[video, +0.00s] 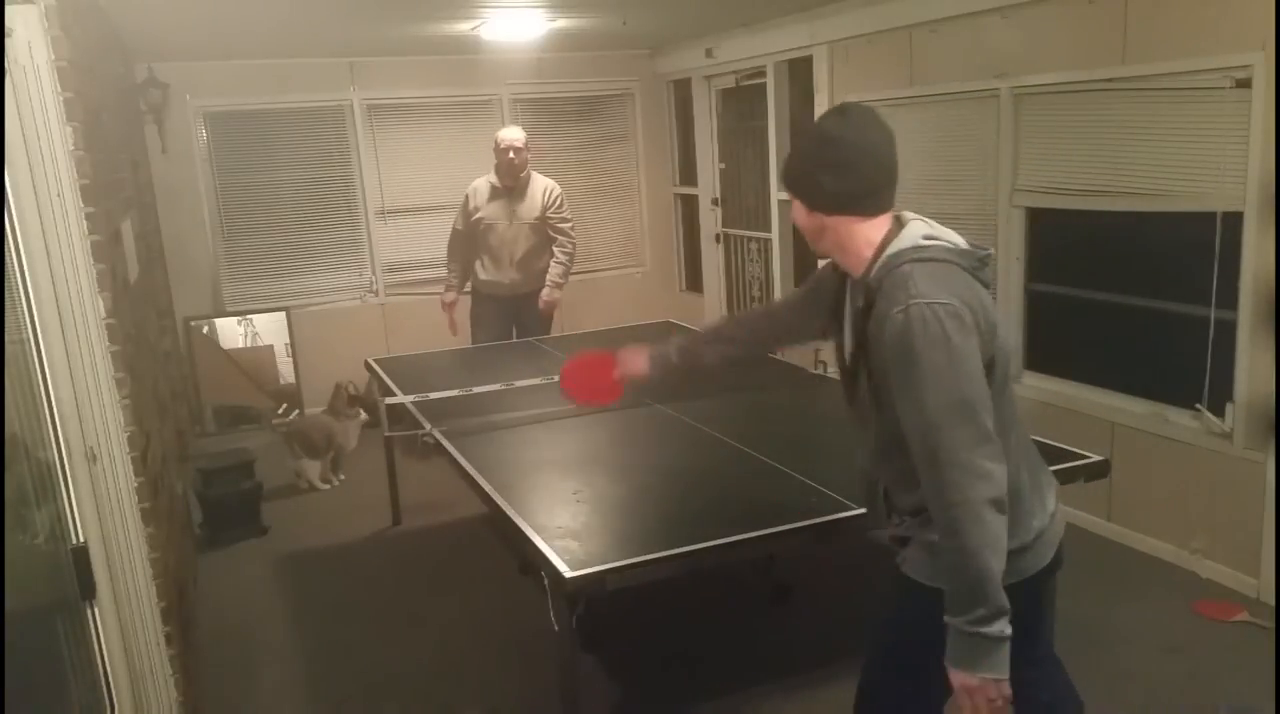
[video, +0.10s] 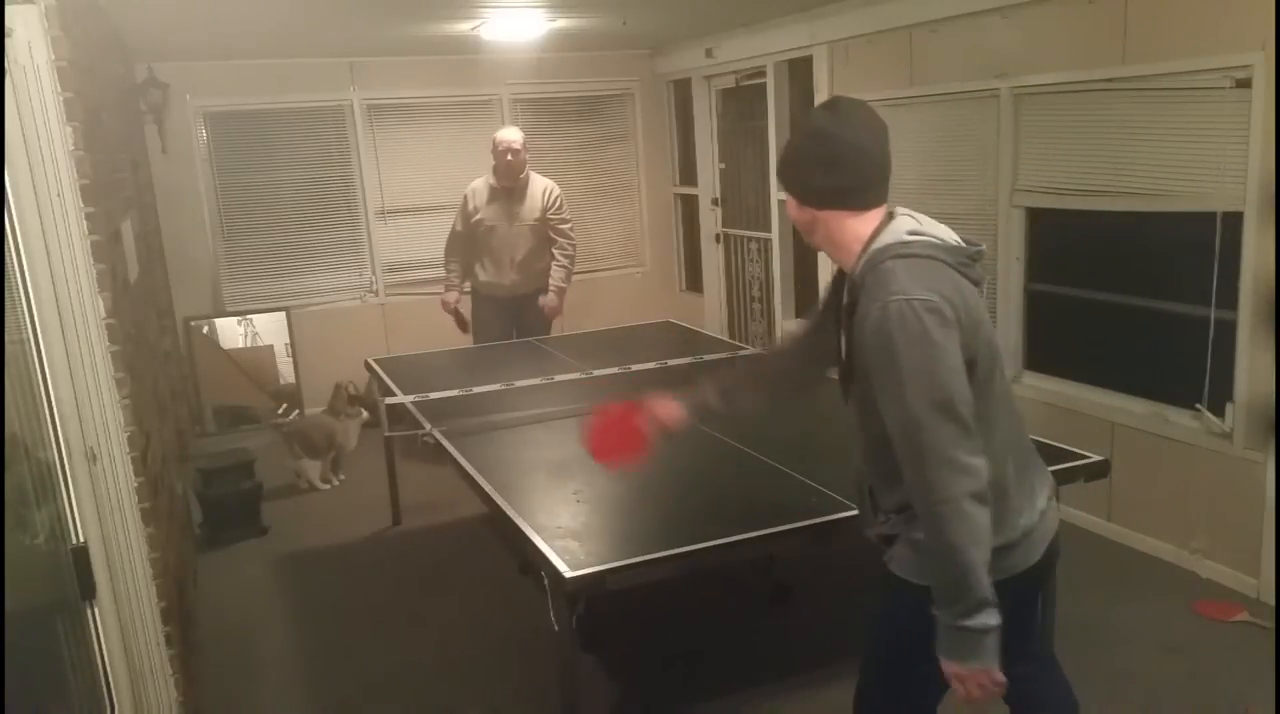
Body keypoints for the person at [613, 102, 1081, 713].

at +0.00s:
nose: (791, 212)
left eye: (792, 199)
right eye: (791, 199)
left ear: (813, 209)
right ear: (875, 190)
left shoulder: (919, 306)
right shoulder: (867, 271)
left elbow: (965, 483)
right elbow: (769, 325)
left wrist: (980, 646)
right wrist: (657, 359)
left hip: (960, 565)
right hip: (1003, 542)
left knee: (890, 699)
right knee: (1034, 686)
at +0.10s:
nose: (788, 208)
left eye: (786, 195)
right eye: (788, 192)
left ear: (802, 206)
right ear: (870, 185)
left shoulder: (899, 300)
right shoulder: (885, 260)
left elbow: (949, 473)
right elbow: (798, 358)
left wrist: (967, 632)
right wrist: (689, 401)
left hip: (950, 562)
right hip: (1010, 538)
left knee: (887, 701)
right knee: (1033, 684)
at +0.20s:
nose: (790, 197)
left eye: (791, 182)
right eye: (790, 180)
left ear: (803, 194)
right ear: (878, 170)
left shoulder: (884, 294)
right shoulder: (915, 242)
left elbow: (924, 466)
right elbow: (852, 392)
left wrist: (928, 618)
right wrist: (764, 442)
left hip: (953, 557)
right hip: (1015, 526)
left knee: (889, 701)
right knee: (1025, 684)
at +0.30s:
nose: (807, 194)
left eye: (805, 177)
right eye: (807, 176)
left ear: (817, 184)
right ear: (892, 165)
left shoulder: (874, 284)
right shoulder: (935, 238)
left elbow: (890, 454)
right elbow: (942, 398)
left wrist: (869, 596)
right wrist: (851, 475)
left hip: (955, 558)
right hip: (1020, 527)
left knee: (894, 699)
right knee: (1009, 685)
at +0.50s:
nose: (848, 173)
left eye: (849, 156)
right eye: (849, 154)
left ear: (861, 166)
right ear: (943, 151)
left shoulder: (879, 282)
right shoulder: (1008, 246)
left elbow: (844, 443)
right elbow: (1018, 376)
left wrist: (775, 548)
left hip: (929, 565)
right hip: (1034, 546)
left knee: (897, 704)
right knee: (1032, 693)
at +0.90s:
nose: (891, 168)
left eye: (893, 153)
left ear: (899, 160)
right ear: (986, 154)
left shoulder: (882, 271)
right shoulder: (1063, 261)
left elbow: (846, 424)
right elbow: (1076, 395)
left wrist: (820, 527)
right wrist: (1005, 448)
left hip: (911, 563)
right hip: (1034, 555)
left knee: (872, 703)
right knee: (1041, 698)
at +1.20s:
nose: (879, 189)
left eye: (880, 176)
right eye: (881, 174)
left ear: (889, 181)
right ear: (970, 165)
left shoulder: (882, 281)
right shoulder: (1046, 259)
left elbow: (834, 426)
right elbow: (1048, 389)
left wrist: (809, 516)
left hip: (932, 570)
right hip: (1051, 561)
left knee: (884, 704)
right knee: (1055, 699)